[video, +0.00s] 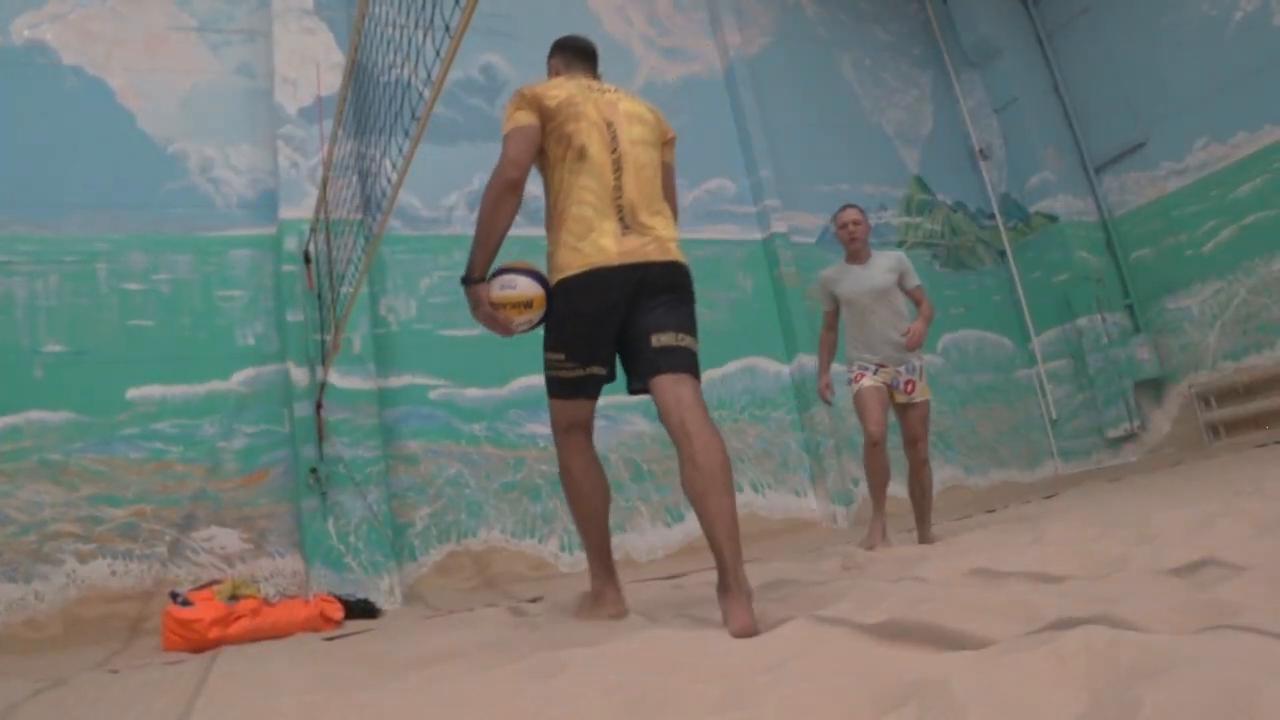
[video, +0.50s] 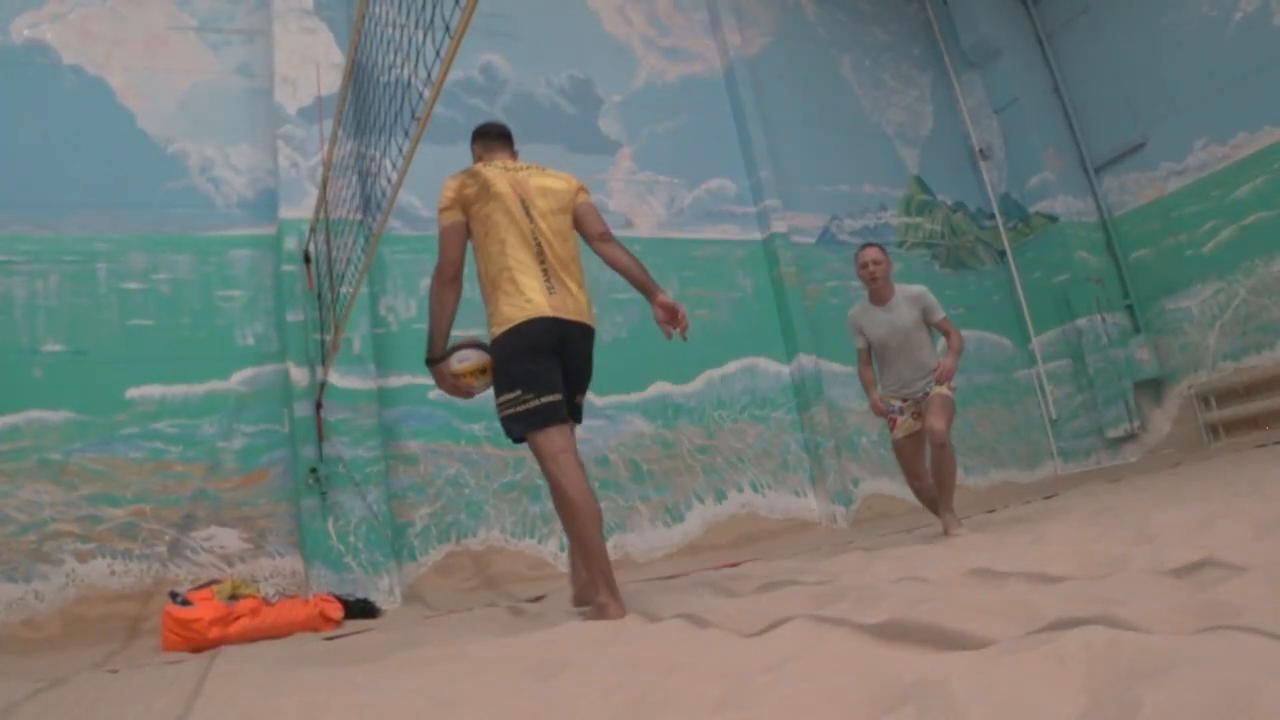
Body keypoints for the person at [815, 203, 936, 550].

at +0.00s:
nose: (850, 230)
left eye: (855, 224)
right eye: (843, 226)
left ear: (868, 227)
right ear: (836, 234)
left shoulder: (895, 261)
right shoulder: (831, 279)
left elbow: (925, 304)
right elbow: (829, 328)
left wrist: (921, 323)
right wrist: (823, 372)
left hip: (907, 365)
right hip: (865, 369)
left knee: (917, 449)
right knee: (874, 437)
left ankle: (925, 532)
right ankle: (878, 519)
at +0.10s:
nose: (855, 233)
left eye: (860, 226)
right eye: (847, 229)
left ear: (872, 231)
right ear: (841, 239)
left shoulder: (899, 262)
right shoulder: (839, 282)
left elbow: (929, 304)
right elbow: (840, 332)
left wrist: (925, 323)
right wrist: (835, 376)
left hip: (912, 366)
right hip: (871, 372)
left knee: (920, 449)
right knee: (879, 448)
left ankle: (925, 531)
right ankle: (904, 497)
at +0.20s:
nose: (860, 240)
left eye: (865, 234)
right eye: (853, 237)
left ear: (877, 238)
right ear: (847, 245)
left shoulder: (904, 268)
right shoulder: (845, 290)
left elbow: (934, 307)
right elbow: (848, 337)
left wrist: (931, 328)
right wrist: (845, 380)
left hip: (918, 370)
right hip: (878, 378)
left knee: (929, 453)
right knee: (898, 462)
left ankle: (930, 528)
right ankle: (929, 503)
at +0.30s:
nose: (866, 255)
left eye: (871, 249)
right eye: (859, 252)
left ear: (883, 253)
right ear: (853, 261)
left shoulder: (910, 285)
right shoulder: (851, 305)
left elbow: (943, 323)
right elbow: (854, 350)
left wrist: (941, 343)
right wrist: (854, 391)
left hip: (924, 381)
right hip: (887, 394)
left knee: (936, 448)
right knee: (913, 470)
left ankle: (938, 517)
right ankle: (944, 511)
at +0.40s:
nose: (869, 268)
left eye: (874, 261)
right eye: (862, 264)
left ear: (886, 264)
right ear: (856, 272)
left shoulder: (915, 295)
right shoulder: (855, 315)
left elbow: (947, 333)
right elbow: (860, 363)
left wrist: (947, 358)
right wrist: (863, 399)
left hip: (929, 387)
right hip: (893, 400)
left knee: (934, 439)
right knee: (914, 475)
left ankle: (943, 512)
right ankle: (948, 519)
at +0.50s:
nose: (871, 270)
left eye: (877, 263)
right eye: (864, 266)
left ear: (889, 266)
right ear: (858, 274)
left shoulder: (918, 296)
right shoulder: (858, 316)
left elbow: (953, 334)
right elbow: (864, 363)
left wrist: (951, 358)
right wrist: (873, 395)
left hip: (933, 385)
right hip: (897, 400)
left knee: (938, 433)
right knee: (916, 479)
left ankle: (947, 512)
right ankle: (947, 518)